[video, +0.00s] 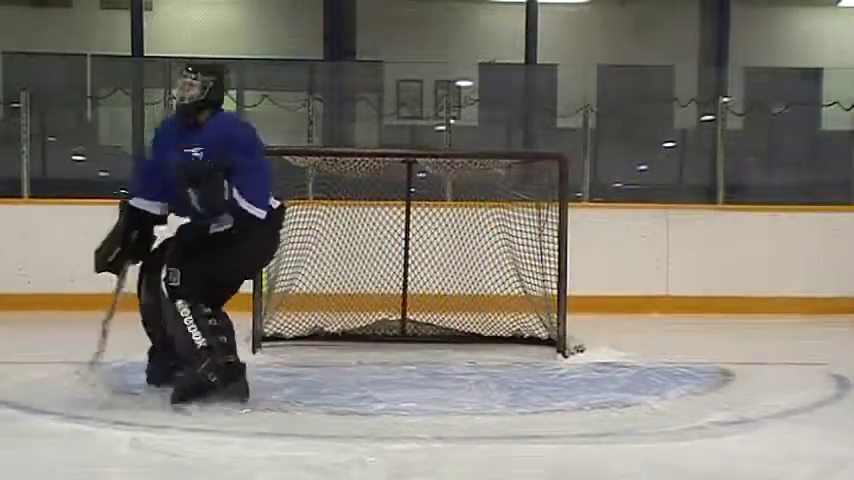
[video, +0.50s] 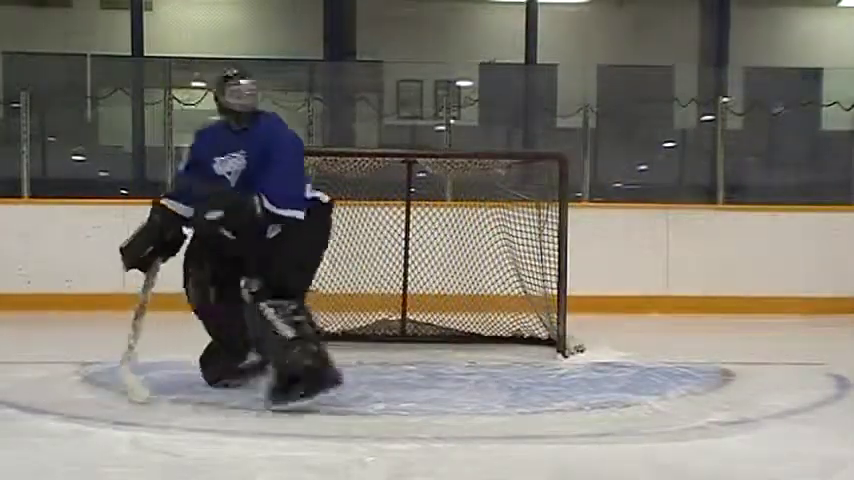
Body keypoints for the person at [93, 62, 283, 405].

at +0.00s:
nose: (184, 89)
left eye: (194, 84)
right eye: (183, 81)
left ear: (213, 90)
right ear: (178, 85)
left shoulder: (234, 132)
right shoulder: (170, 134)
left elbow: (254, 203)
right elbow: (150, 196)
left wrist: (220, 195)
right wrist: (129, 239)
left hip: (249, 230)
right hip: (202, 230)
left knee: (182, 280)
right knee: (154, 272)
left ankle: (218, 366)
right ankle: (171, 358)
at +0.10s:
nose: (189, 82)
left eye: (199, 77)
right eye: (187, 75)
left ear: (218, 84)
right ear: (183, 78)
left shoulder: (237, 126)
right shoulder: (178, 124)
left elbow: (240, 204)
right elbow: (158, 182)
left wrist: (192, 184)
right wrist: (144, 227)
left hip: (256, 222)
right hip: (213, 221)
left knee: (189, 278)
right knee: (164, 272)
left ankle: (217, 378)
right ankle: (184, 367)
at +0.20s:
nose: (196, 81)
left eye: (205, 74)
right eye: (194, 73)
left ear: (224, 79)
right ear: (191, 76)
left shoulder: (245, 124)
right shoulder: (186, 123)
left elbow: (235, 198)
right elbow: (176, 187)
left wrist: (184, 187)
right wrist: (148, 232)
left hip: (262, 221)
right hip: (216, 221)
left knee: (191, 282)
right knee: (177, 281)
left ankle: (221, 378)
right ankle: (194, 375)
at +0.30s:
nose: (199, 88)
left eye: (208, 81)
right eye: (199, 80)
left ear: (227, 86)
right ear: (202, 85)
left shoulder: (249, 127)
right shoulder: (201, 129)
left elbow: (241, 198)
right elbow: (183, 188)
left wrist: (188, 201)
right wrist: (156, 234)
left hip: (271, 225)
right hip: (228, 225)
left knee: (206, 287)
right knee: (186, 272)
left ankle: (239, 375)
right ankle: (205, 361)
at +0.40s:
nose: (219, 93)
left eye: (227, 87)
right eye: (214, 86)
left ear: (244, 95)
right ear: (208, 91)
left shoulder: (260, 135)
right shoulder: (204, 137)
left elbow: (264, 201)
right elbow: (182, 193)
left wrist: (202, 211)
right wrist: (155, 238)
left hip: (278, 227)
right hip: (230, 228)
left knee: (244, 294)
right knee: (197, 275)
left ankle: (272, 379)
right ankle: (229, 364)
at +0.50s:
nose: (243, 100)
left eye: (248, 92)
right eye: (234, 93)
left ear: (256, 96)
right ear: (219, 99)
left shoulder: (278, 138)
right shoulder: (208, 140)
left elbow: (283, 203)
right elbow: (185, 193)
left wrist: (242, 215)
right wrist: (158, 232)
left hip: (292, 221)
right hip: (233, 222)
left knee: (275, 290)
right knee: (203, 275)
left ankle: (304, 363)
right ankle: (239, 351)